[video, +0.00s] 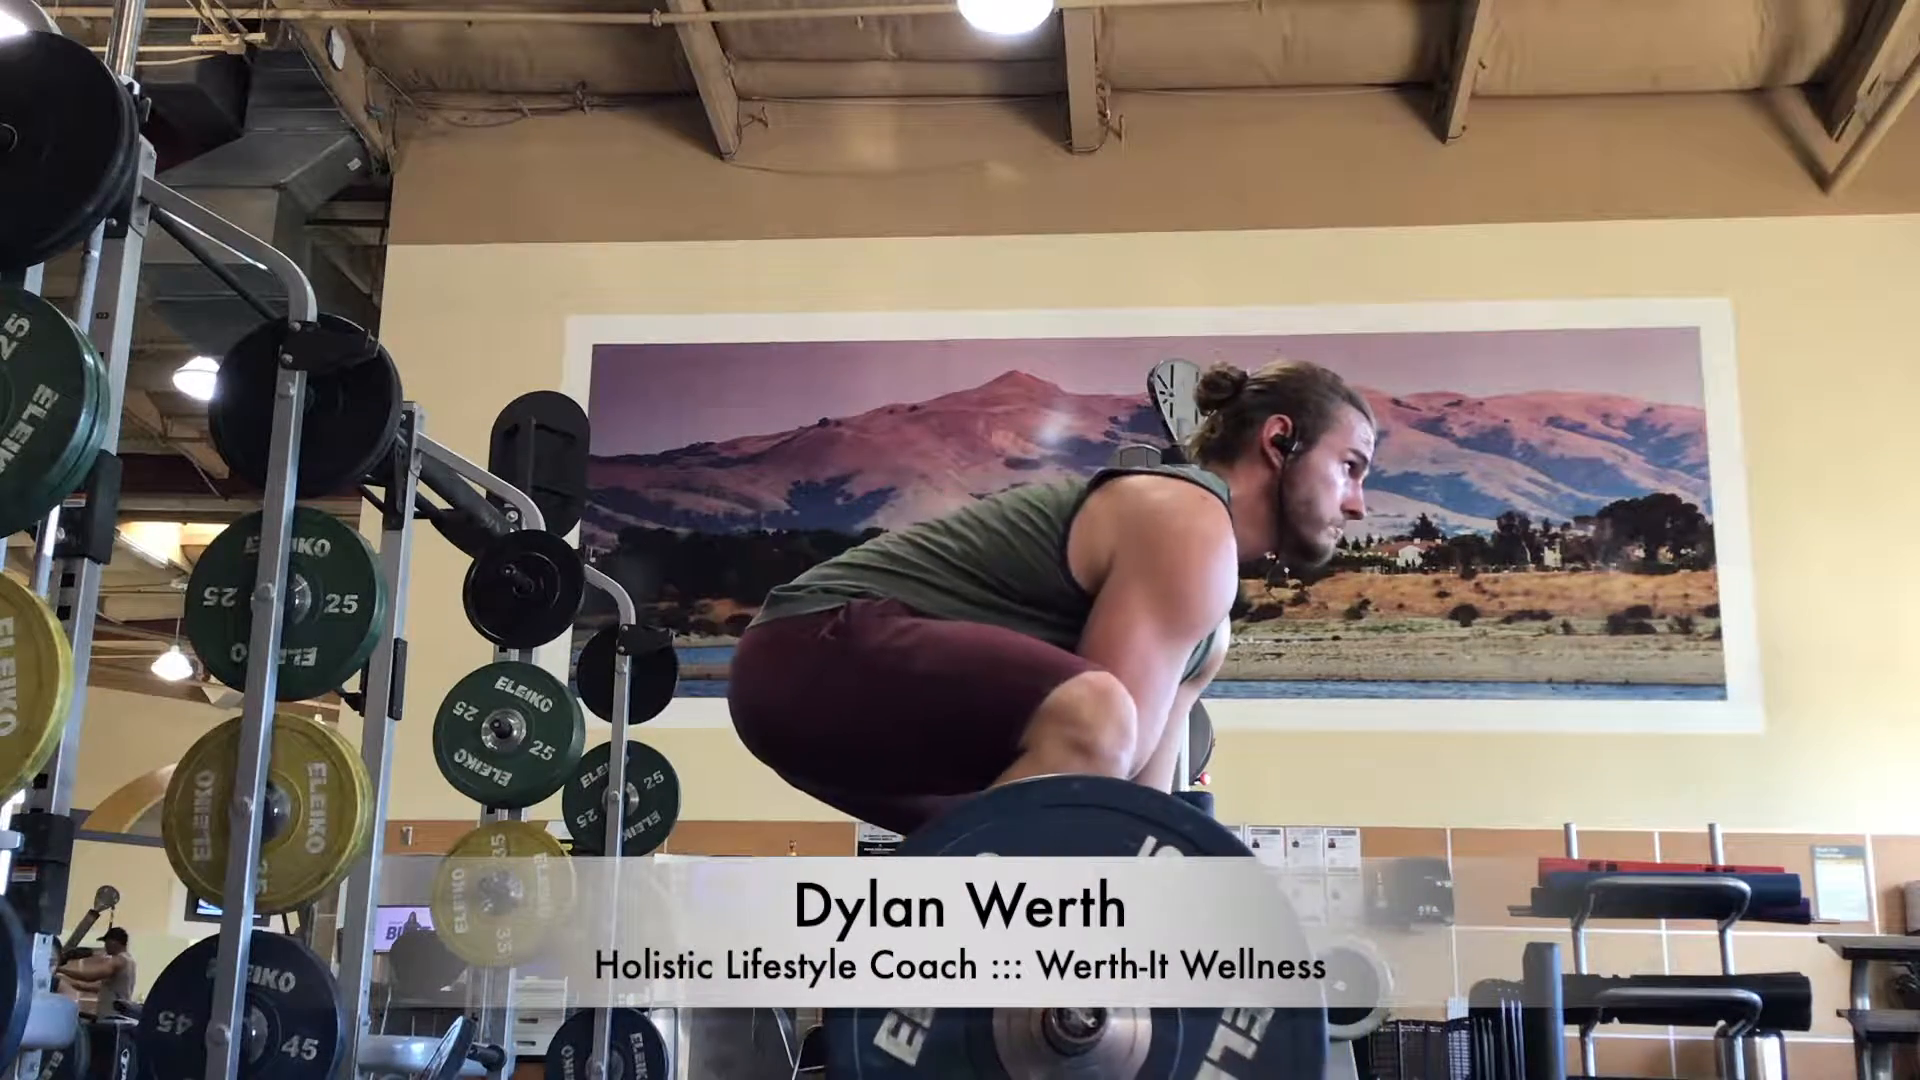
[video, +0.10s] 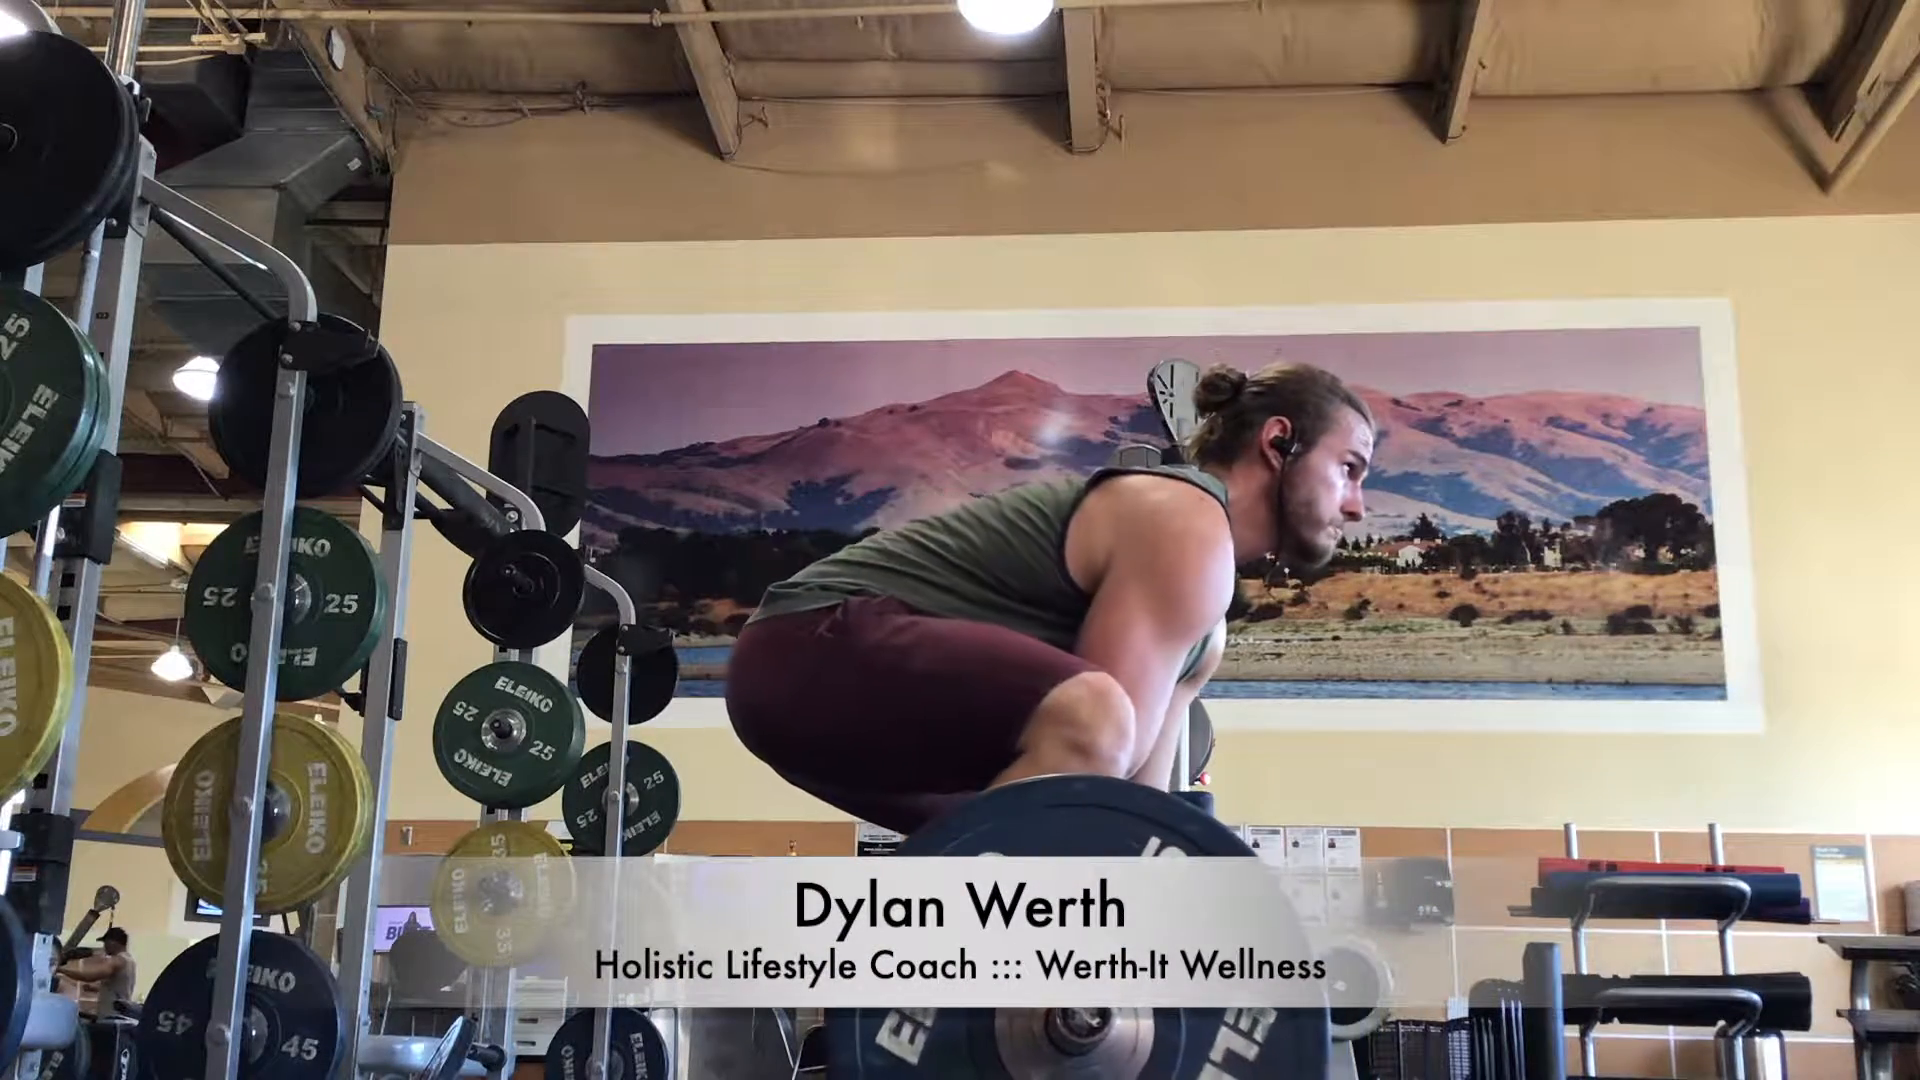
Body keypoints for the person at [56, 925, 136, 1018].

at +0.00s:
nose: (105, 946)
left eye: (107, 942)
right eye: (105, 942)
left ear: (114, 942)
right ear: (119, 943)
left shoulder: (119, 960)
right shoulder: (128, 961)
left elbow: (87, 976)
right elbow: (105, 988)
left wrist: (61, 970)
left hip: (108, 1017)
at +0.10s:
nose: (104, 946)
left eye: (106, 942)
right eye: (104, 943)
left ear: (113, 943)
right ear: (120, 943)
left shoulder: (118, 961)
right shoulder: (128, 961)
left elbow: (87, 977)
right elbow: (118, 988)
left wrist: (61, 970)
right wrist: (94, 989)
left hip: (108, 1017)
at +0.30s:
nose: (103, 947)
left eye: (104, 944)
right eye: (103, 944)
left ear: (111, 943)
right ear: (122, 943)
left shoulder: (117, 961)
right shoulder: (128, 961)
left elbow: (88, 977)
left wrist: (61, 971)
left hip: (107, 1018)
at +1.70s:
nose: (107, 950)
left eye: (107, 947)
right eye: (106, 947)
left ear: (110, 946)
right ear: (123, 944)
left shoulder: (119, 961)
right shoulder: (131, 962)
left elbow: (89, 977)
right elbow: (110, 988)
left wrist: (60, 971)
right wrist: (83, 987)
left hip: (111, 1018)